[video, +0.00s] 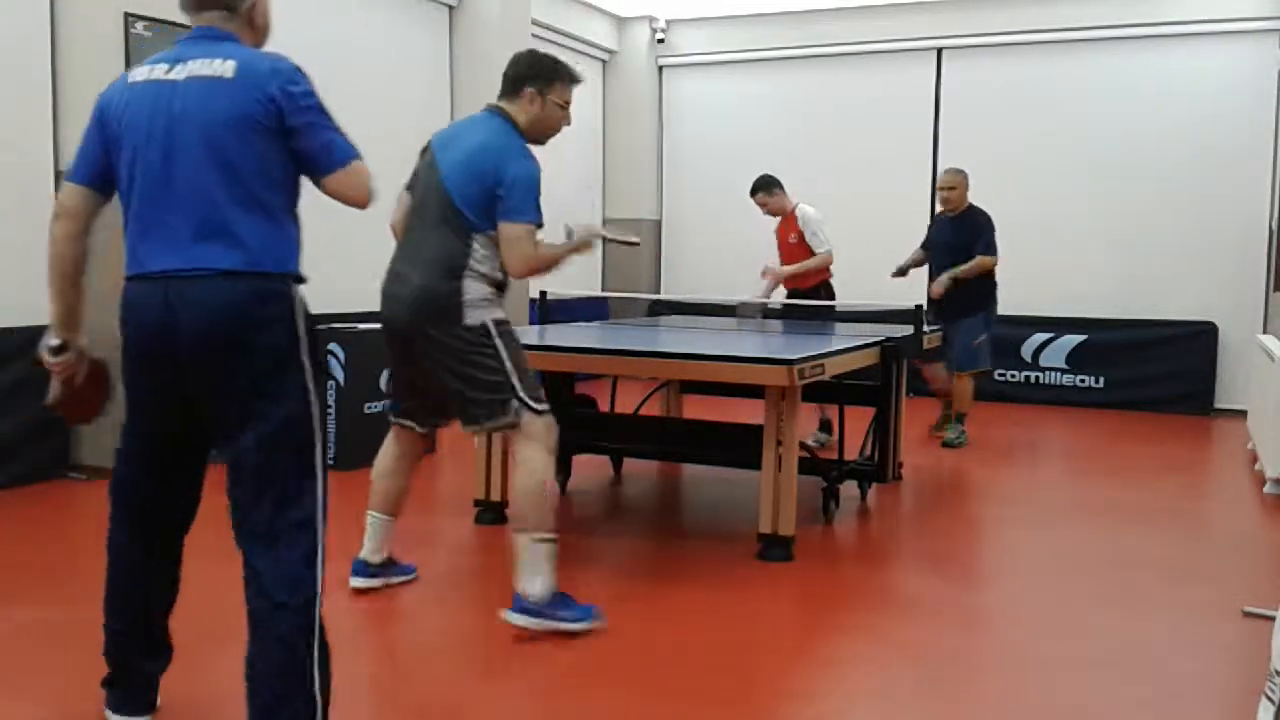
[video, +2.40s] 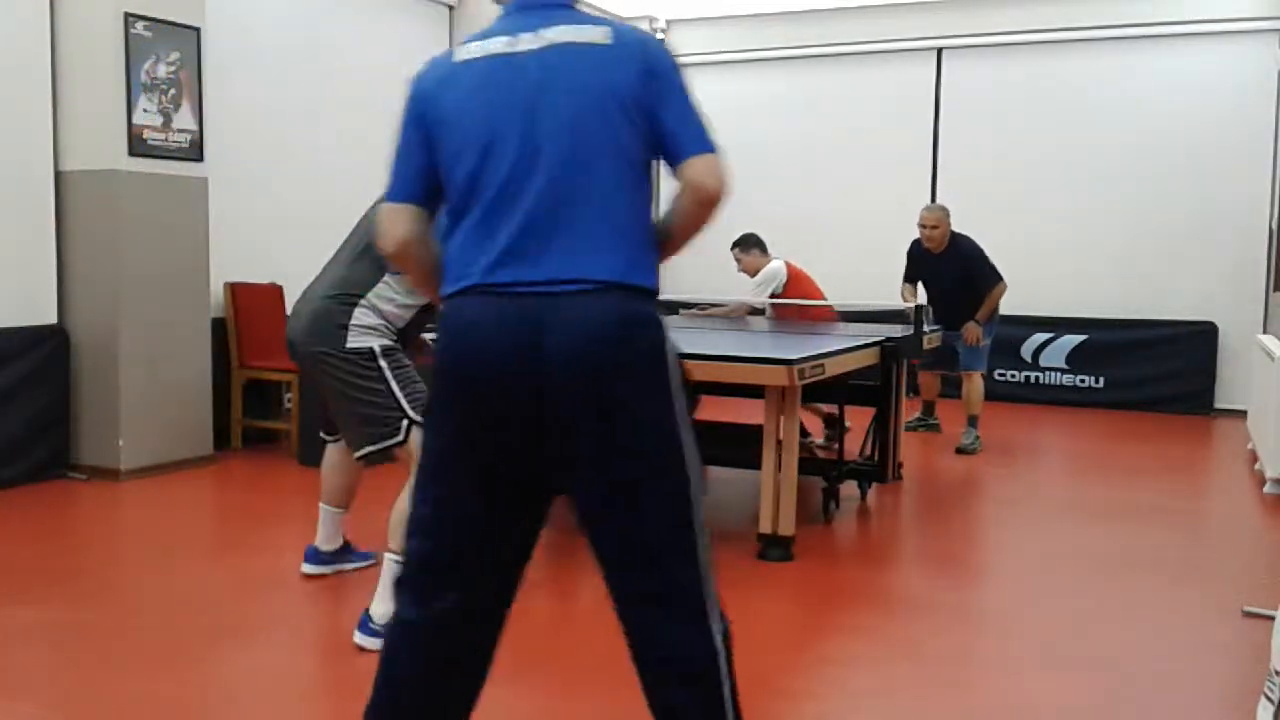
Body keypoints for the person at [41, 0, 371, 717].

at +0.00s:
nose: (272, 19)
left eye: (269, 11)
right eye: (269, 11)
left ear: (189, 13)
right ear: (252, 11)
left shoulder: (123, 90)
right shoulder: (272, 75)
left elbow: (70, 217)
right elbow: (358, 187)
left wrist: (64, 337)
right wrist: (291, 134)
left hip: (152, 316)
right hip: (254, 313)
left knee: (147, 507)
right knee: (277, 523)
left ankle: (129, 697)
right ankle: (288, 708)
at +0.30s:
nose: (346, 13)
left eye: (343, 7)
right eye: (344, 6)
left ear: (266, 1)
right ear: (325, 1)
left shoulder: (185, 65)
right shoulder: (342, 47)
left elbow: (146, 201)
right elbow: (395, 141)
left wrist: (175, 305)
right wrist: (371, 212)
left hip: (205, 299)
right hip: (315, 299)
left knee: (190, 518)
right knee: (316, 527)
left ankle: (162, 702)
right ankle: (294, 707)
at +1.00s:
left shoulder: (182, 56)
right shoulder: (358, 18)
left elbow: (136, 209)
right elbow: (400, 97)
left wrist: (118, 347)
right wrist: (381, 250)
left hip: (221, 313)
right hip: (350, 300)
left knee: (230, 558)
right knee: (380, 549)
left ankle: (230, 710)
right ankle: (381, 706)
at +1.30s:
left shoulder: (246, 46)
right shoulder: (444, 29)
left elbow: (184, 203)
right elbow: (518, 120)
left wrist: (162, 357)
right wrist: (483, 272)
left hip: (293, 341)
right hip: (426, 332)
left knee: (266, 598)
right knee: (464, 601)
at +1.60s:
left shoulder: (337, 33)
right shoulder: (542, 22)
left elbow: (286, 196)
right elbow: (617, 181)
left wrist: (280, 336)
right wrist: (582, 251)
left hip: (363, 323)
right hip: (502, 323)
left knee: (351, 584)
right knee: (520, 592)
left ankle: (331, 713)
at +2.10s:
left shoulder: (348, 57)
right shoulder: (536, 24)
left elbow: (309, 215)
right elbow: (591, 169)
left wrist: (374, 302)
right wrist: (564, 244)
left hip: (395, 329)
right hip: (526, 321)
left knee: (401, 591)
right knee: (601, 578)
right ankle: (609, 706)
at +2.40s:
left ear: (500, 2)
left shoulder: (441, 74)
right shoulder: (636, 50)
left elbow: (399, 234)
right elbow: (707, 183)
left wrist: (463, 293)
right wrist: (645, 250)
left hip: (482, 340)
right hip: (612, 337)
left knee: (445, 598)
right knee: (665, 591)